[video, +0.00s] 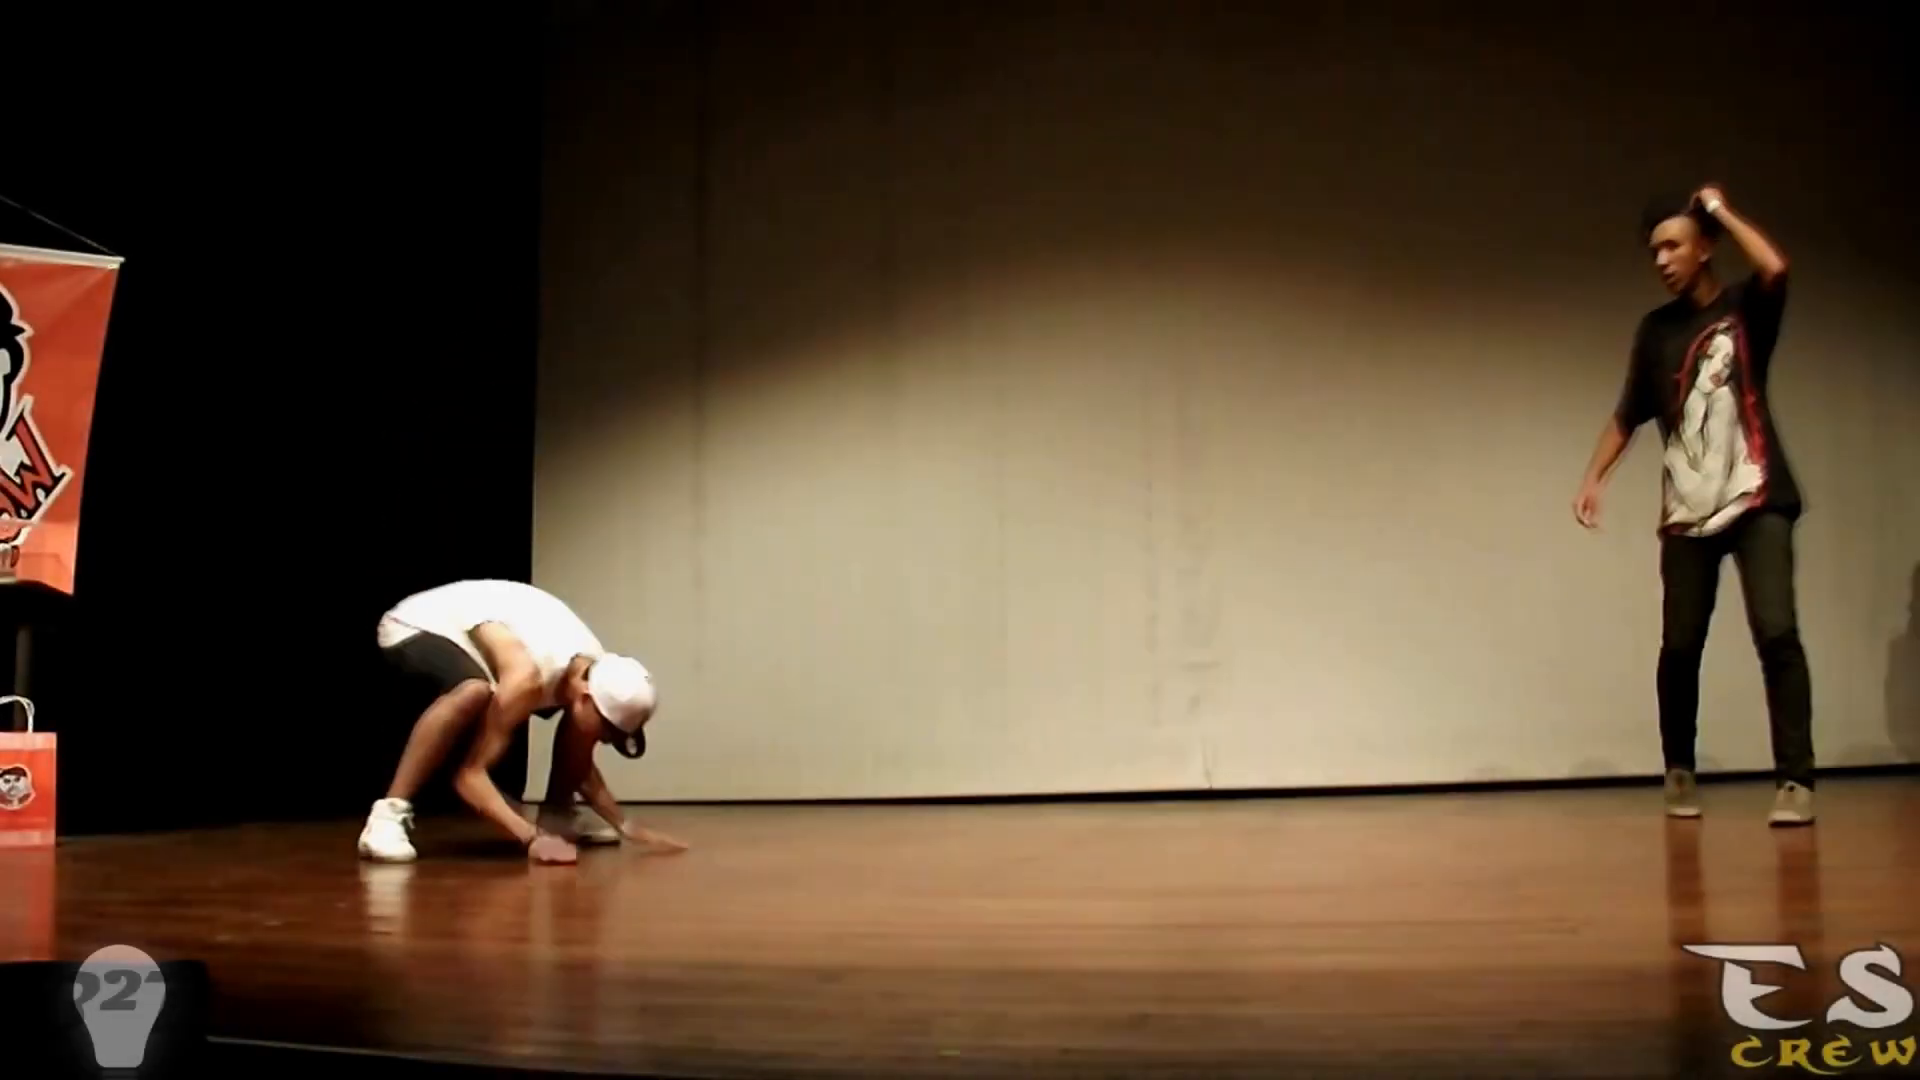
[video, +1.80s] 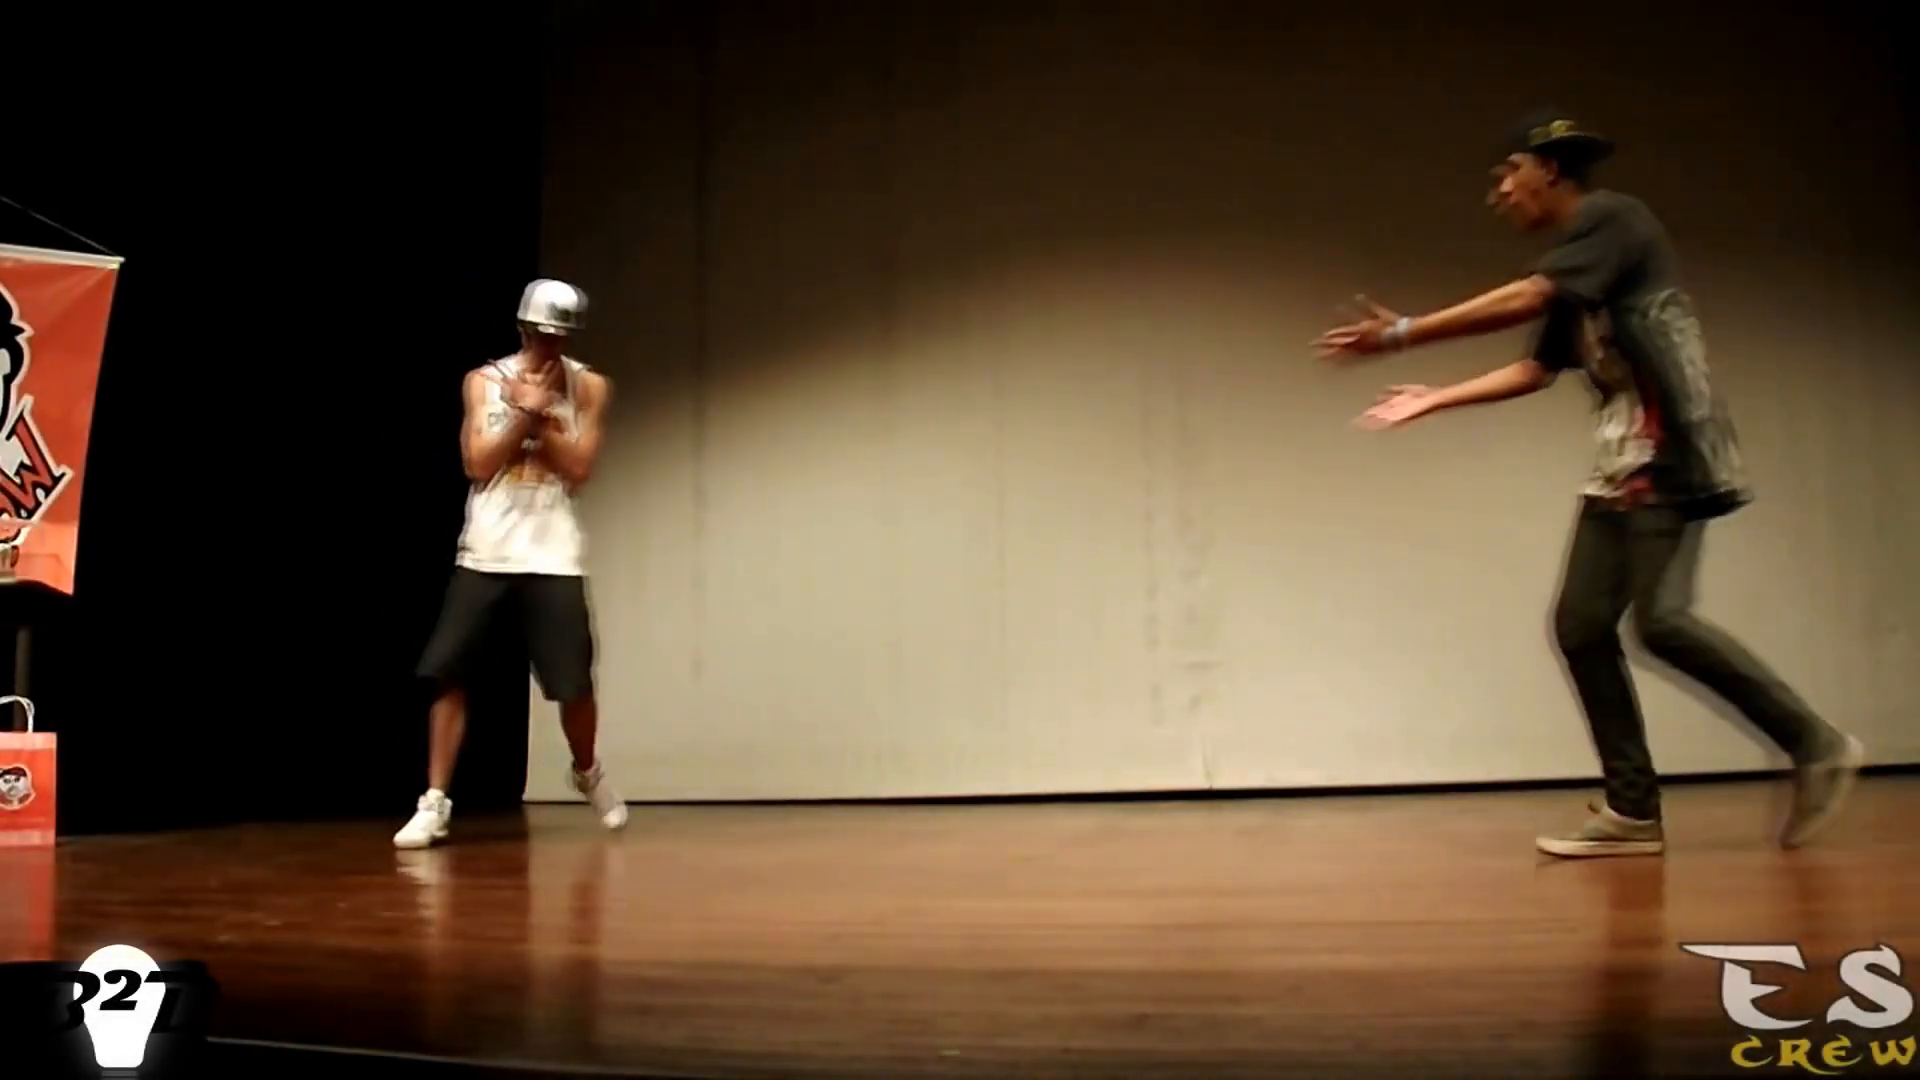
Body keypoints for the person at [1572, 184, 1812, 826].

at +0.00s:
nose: (1660, 259)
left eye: (1670, 246)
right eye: (1655, 250)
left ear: (1706, 247)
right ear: (1656, 258)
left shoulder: (1748, 308)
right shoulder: (1656, 329)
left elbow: (1774, 270)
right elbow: (1627, 415)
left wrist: (1726, 214)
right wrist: (1594, 478)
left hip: (1756, 497)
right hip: (1686, 508)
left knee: (1776, 634)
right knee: (1679, 645)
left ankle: (1795, 783)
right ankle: (1678, 773)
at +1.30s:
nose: (1653, 152)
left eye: (1664, 136)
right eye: (1649, 140)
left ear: (1707, 134)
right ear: (1658, 152)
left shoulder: (1765, 200)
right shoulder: (1683, 243)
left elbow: (1726, 192)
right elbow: (1677, 361)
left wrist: (1679, 112)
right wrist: (1585, 400)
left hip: (1782, 452)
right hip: (1710, 460)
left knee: (1808, 619)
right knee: (1679, 612)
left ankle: (1874, 798)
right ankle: (1761, 776)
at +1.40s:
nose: (1641, 140)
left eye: (1651, 126)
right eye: (1639, 132)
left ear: (1696, 132)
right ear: (1679, 139)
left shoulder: (1753, 190)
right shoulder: (1678, 231)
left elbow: (1691, 196)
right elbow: (1665, 347)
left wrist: (1601, 133)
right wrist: (1562, 371)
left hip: (1779, 441)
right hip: (1708, 444)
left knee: (1813, 616)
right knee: (1658, 600)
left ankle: (1874, 799)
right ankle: (1736, 775)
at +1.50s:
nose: (1619, 150)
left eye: (1630, 135)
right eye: (1619, 139)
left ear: (1674, 135)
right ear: (1662, 144)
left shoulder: (1731, 188)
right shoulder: (1666, 228)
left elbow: (1641, 208)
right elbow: (1640, 343)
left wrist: (1521, 184)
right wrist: (1533, 363)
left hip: (1769, 438)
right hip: (1701, 444)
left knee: (1809, 615)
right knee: (1647, 604)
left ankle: (1875, 801)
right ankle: (1682, 796)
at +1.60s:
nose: (1588, 158)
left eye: (1600, 143)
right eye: (1589, 146)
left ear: (1644, 143)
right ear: (1632, 152)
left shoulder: (1700, 193)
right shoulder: (1644, 238)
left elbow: (1603, 238)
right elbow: (1608, 343)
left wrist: (1473, 250)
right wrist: (1510, 368)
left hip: (1747, 447)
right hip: (1681, 454)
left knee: (1792, 619)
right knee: (1632, 610)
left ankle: (1872, 798)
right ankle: (1641, 805)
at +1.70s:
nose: (1545, 165)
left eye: (1558, 150)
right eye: (1546, 153)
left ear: (1602, 153)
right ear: (1589, 161)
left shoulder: (1661, 208)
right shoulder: (1614, 247)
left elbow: (1565, 276)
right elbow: (1573, 353)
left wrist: (1442, 301)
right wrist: (1479, 380)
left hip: (1717, 467)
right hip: (1650, 473)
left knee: (1757, 623)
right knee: (1609, 619)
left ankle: (1864, 788)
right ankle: (1637, 811)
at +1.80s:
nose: (1497, 187)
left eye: (1509, 171)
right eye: (1498, 173)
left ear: (1551, 171)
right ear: (1545, 177)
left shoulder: (1614, 219)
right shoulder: (1574, 264)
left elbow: (1528, 296)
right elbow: (1535, 369)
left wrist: (1402, 331)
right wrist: (1434, 397)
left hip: (1673, 468)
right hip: (1617, 474)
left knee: (1661, 622)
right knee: (1580, 627)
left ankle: (1819, 749)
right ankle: (1633, 810)